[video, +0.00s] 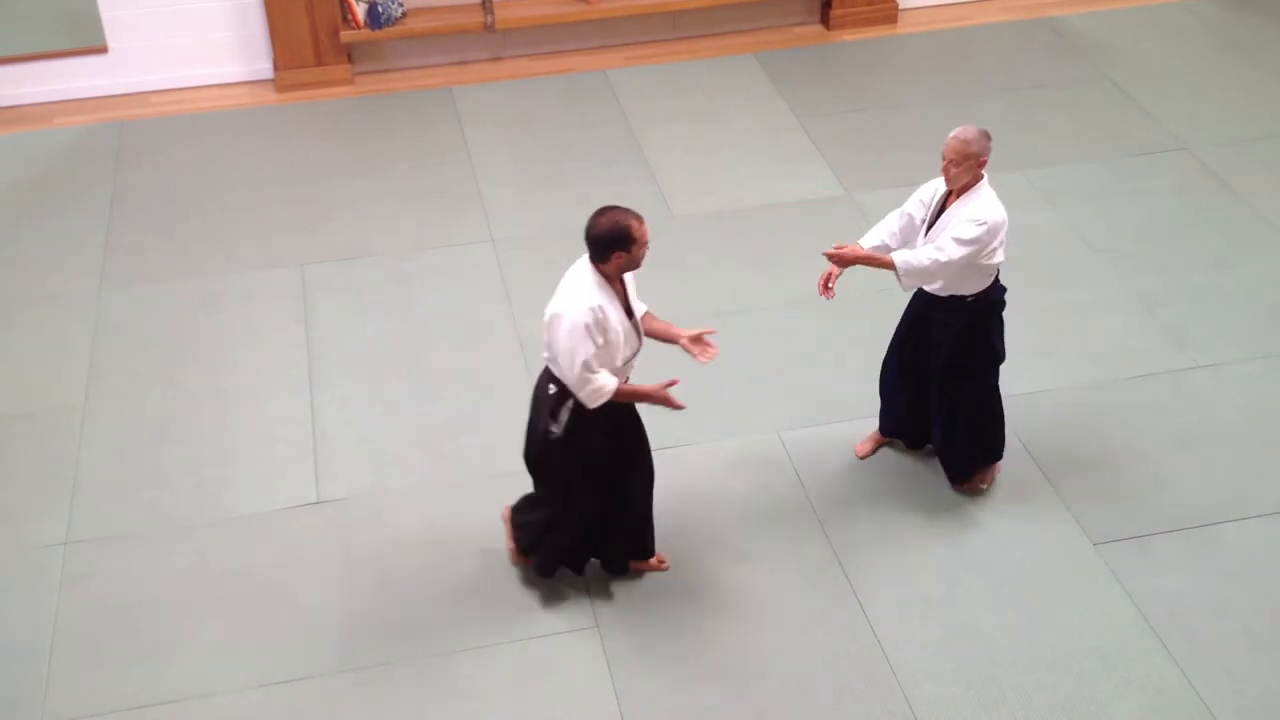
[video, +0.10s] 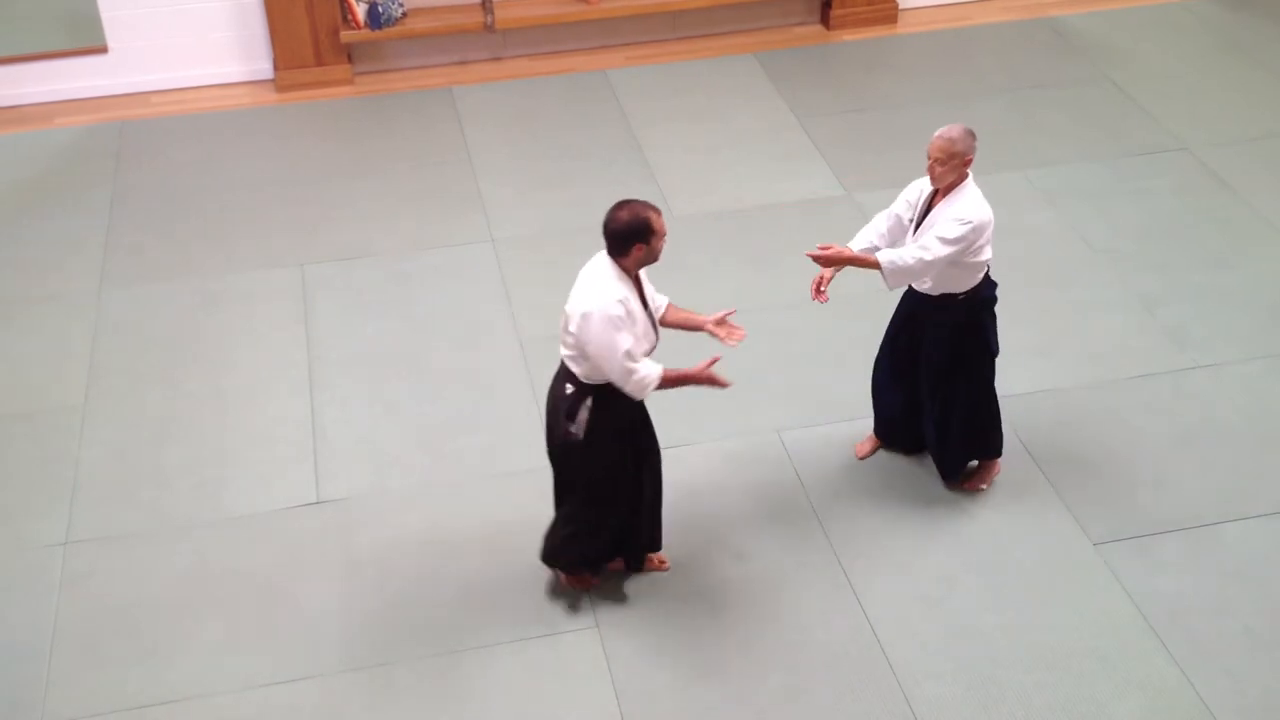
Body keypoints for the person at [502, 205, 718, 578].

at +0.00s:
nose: (646, 249)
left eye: (645, 243)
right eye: (642, 246)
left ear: (615, 254)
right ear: (618, 257)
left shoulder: (617, 272)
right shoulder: (576, 310)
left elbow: (636, 315)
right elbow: (587, 385)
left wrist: (679, 336)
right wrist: (645, 394)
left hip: (610, 400)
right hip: (571, 414)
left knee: (633, 475)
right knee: (581, 493)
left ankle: (629, 553)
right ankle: (523, 522)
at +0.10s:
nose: (665, 240)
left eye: (663, 234)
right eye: (660, 236)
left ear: (632, 245)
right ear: (638, 248)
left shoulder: (625, 268)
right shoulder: (601, 304)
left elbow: (657, 309)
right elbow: (632, 377)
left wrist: (704, 321)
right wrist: (691, 377)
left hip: (619, 394)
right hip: (587, 405)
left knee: (640, 470)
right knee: (593, 485)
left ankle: (633, 550)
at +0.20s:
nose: (679, 238)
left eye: (677, 232)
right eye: (675, 234)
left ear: (643, 242)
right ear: (655, 247)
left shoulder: (628, 268)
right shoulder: (628, 302)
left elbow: (675, 303)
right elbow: (687, 359)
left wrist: (729, 308)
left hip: (629, 395)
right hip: (603, 409)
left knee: (666, 452)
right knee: (592, 487)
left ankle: (645, 540)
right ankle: (555, 552)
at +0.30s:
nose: (699, 234)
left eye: (696, 227)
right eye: (694, 230)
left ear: (664, 240)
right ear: (676, 245)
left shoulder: (641, 271)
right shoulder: (665, 297)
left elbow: (705, 299)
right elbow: (738, 338)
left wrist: (760, 295)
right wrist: (790, 317)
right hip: (626, 409)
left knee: (680, 454)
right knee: (602, 488)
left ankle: (670, 525)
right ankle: (554, 549)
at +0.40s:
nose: (722, 229)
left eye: (719, 223)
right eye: (718, 225)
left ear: (688, 236)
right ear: (699, 239)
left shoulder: (672, 268)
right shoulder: (691, 287)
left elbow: (742, 294)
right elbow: (769, 310)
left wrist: (799, 282)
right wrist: (822, 291)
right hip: (652, 407)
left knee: (698, 457)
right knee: (643, 490)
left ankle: (692, 523)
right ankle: (581, 536)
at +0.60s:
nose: (774, 215)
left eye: (772, 208)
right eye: (768, 209)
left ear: (740, 218)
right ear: (748, 218)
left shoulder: (723, 251)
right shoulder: (747, 261)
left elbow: (794, 279)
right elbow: (808, 287)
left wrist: (843, 267)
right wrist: (852, 269)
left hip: (689, 375)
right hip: (712, 393)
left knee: (705, 466)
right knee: (755, 474)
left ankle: (687, 534)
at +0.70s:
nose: (798, 214)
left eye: (796, 207)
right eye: (793, 208)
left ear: (762, 215)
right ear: (773, 215)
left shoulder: (738, 250)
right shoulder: (776, 263)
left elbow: (804, 281)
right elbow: (836, 293)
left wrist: (854, 266)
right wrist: (872, 281)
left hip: (714, 371)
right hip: (746, 391)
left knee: (726, 451)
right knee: (780, 470)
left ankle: (714, 513)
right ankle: (749, 545)